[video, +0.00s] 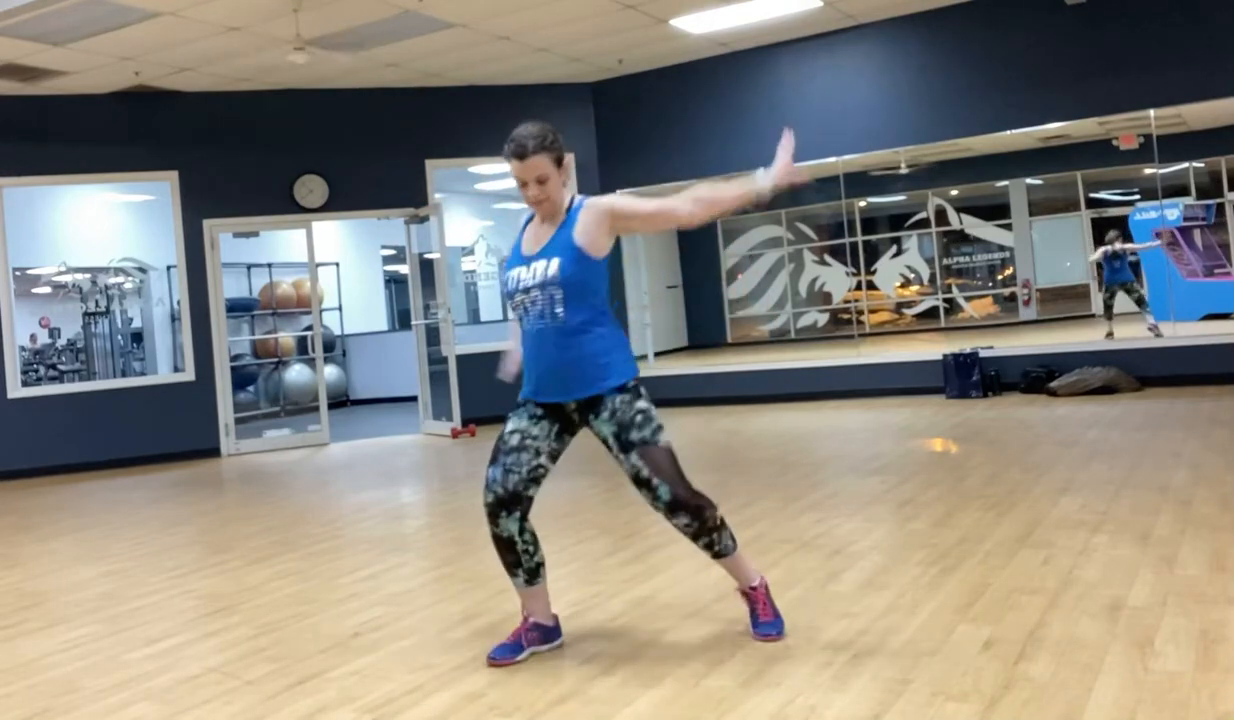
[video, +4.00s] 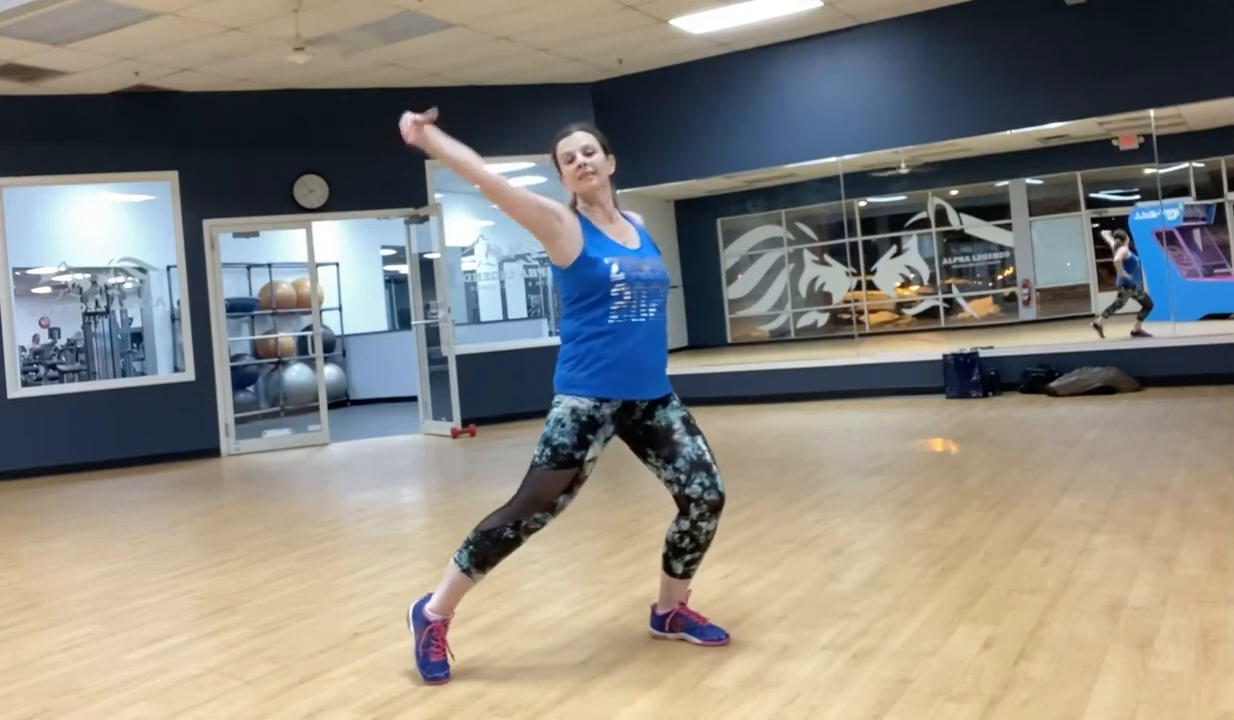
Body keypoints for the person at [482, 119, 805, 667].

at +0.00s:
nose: (532, 194)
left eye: (541, 180)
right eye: (521, 184)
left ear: (566, 168)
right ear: (513, 181)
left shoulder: (600, 213)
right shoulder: (526, 231)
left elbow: (687, 208)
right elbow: (534, 301)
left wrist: (769, 180)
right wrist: (519, 348)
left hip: (608, 390)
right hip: (542, 398)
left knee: (672, 497)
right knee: (501, 499)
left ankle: (752, 583)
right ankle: (539, 620)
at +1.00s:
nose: (528, 151)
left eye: (542, 147)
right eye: (530, 145)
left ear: (567, 169)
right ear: (544, 170)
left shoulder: (565, 209)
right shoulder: (546, 225)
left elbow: (506, 134)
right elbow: (584, 304)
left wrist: (467, 64)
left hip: (593, 398)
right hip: (539, 405)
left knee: (655, 507)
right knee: (496, 506)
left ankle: (752, 582)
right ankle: (539, 620)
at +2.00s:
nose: (559, 154)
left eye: (567, 142)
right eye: (547, 146)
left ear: (582, 138)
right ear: (530, 149)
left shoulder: (613, 181)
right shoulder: (510, 205)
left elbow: (685, 135)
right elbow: (428, 214)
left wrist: (743, 89)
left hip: (628, 363)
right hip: (551, 375)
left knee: (681, 467)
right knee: (528, 492)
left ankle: (685, 595)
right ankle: (537, 617)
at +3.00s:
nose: (617, 164)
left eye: (618, 154)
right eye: (601, 162)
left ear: (626, 160)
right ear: (580, 182)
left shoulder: (621, 224)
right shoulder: (600, 227)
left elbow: (667, 163)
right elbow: (665, 164)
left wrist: (713, 103)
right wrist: (719, 96)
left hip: (653, 399)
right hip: (605, 402)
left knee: (711, 489)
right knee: (552, 509)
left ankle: (672, 607)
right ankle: (437, 609)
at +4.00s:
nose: (580, 161)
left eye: (588, 151)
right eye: (568, 159)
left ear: (609, 161)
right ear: (561, 176)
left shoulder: (634, 226)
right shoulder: (562, 225)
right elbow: (488, 180)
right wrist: (428, 137)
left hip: (651, 394)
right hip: (587, 397)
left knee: (705, 496)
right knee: (535, 507)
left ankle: (670, 609)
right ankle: (434, 612)